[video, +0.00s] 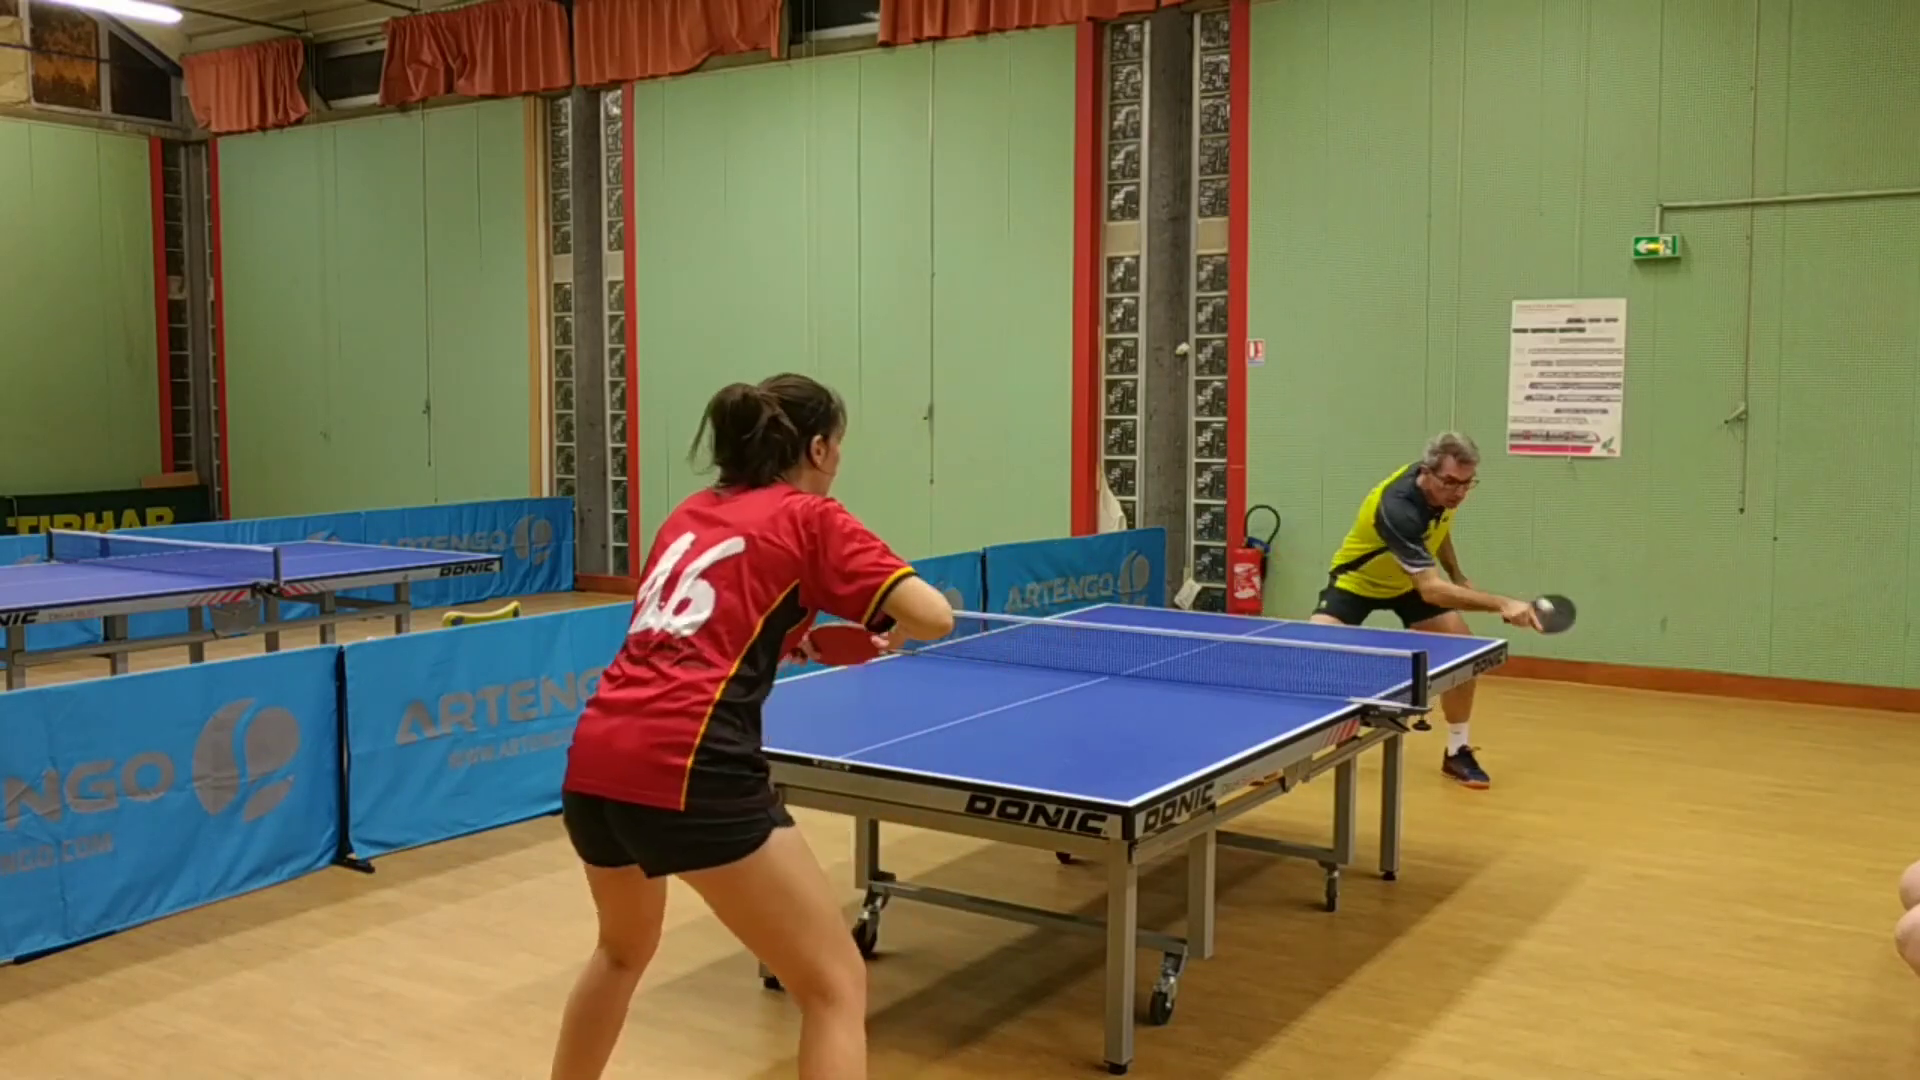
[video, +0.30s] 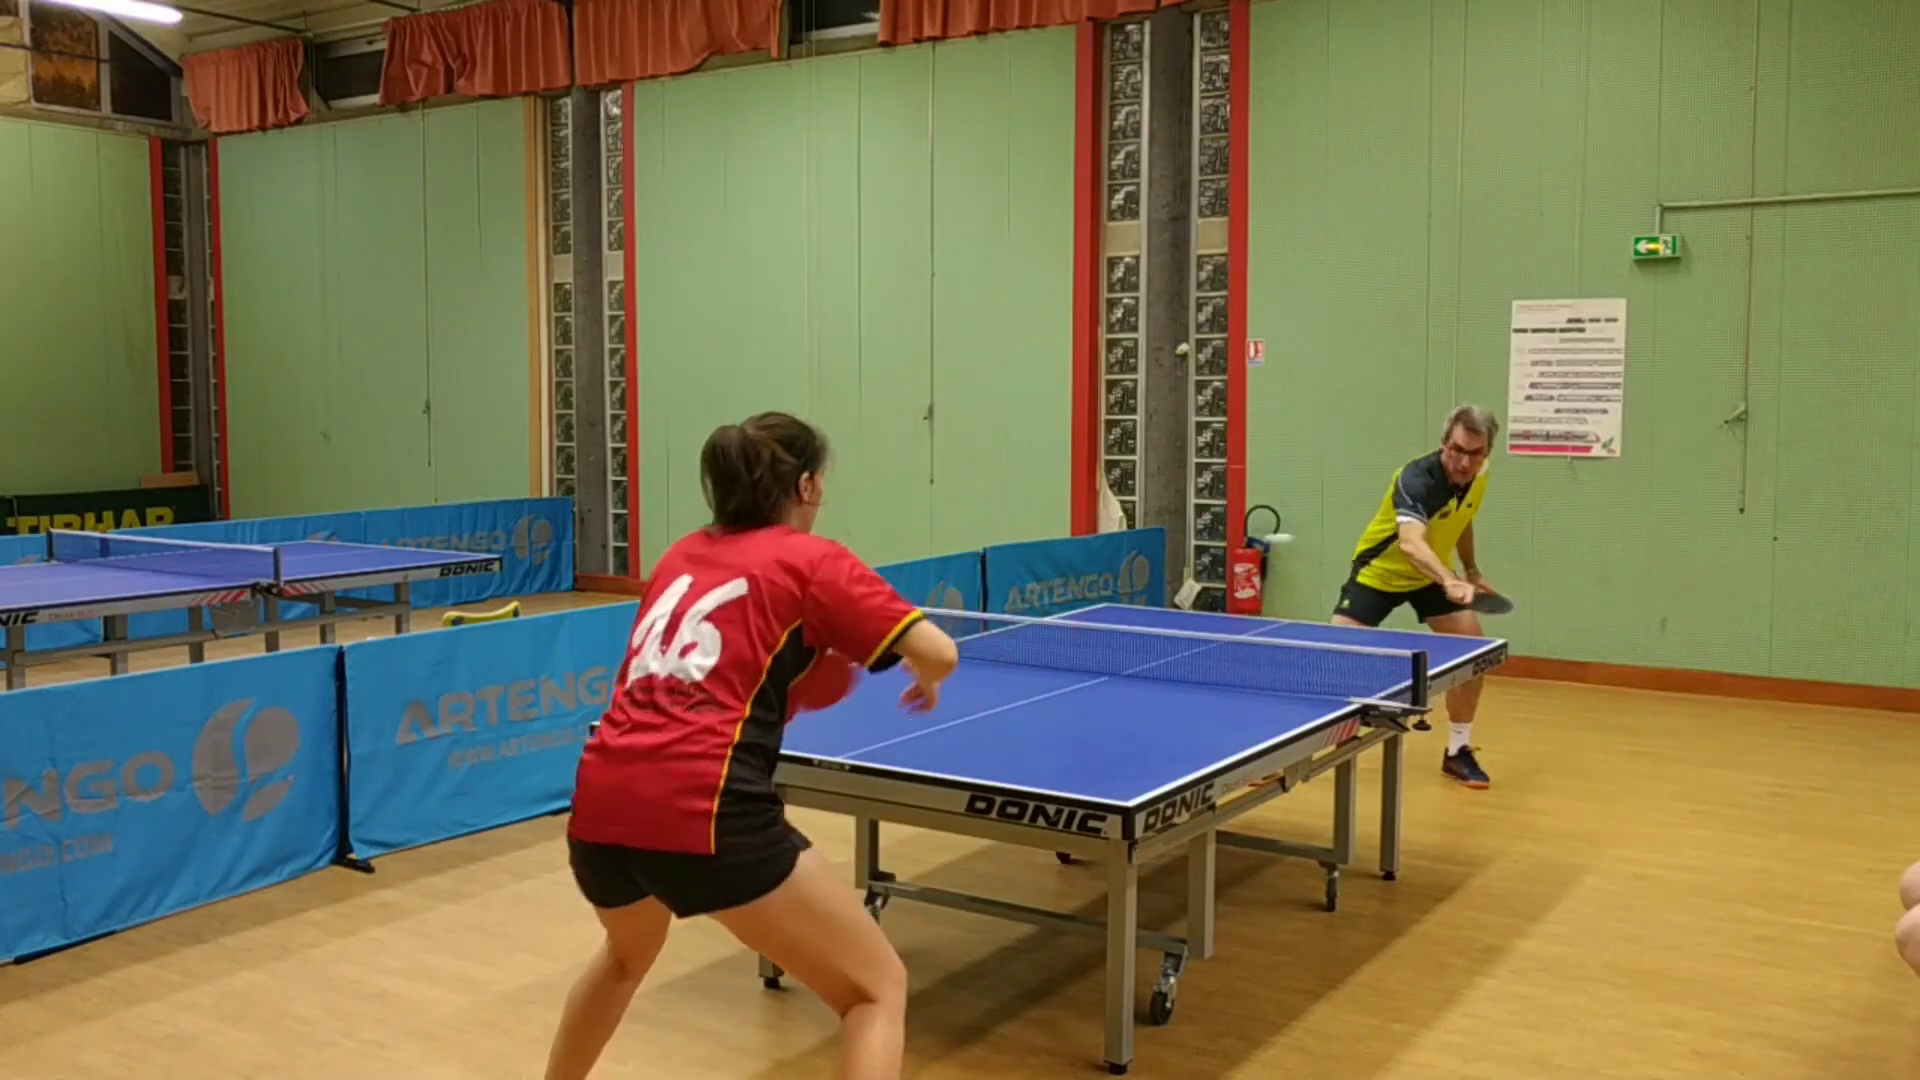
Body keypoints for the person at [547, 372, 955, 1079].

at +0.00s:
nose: (839, 456)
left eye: (839, 442)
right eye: (838, 442)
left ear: (749, 444)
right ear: (819, 448)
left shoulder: (691, 511)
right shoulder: (810, 517)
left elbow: (699, 616)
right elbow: (934, 616)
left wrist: (796, 636)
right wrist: (895, 622)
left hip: (594, 767)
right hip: (693, 775)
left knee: (619, 952)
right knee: (835, 988)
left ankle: (567, 1077)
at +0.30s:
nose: (823, 489)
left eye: (821, 475)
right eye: (821, 477)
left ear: (733, 484)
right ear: (804, 485)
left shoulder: (681, 555)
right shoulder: (811, 559)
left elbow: (721, 682)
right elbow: (936, 652)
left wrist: (815, 684)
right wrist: (927, 680)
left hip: (599, 815)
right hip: (708, 820)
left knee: (623, 957)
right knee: (875, 987)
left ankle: (558, 1075)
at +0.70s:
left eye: (634, 541)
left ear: (642, 561)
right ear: (719, 542)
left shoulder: (669, 653)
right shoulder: (792, 613)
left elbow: (696, 795)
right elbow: (836, 744)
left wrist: (574, 901)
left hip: (777, 907)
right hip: (890, 887)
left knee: (590, 958)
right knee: (935, 1059)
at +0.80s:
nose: (610, 571)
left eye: (610, 559)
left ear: (619, 572)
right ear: (697, 541)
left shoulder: (646, 664)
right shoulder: (775, 609)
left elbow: (672, 818)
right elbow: (866, 724)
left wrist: (535, 901)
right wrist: (814, 805)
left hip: (762, 908)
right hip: (876, 888)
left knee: (576, 954)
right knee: (937, 1054)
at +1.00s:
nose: (741, 530)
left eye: (739, 522)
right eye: (736, 520)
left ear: (648, 551)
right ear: (728, 538)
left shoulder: (637, 650)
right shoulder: (780, 624)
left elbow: (693, 626)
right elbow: (867, 762)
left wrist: (747, 572)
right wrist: (787, 771)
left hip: (672, 934)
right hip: (796, 933)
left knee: (624, 1014)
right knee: (964, 1017)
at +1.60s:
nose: (800, 420)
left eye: (797, 408)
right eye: (798, 409)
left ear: (697, 423)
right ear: (786, 421)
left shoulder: (641, 532)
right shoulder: (839, 527)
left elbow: (617, 682)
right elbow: (912, 692)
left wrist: (710, 672)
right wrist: (872, 729)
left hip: (663, 830)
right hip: (801, 829)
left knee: (581, 1043)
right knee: (921, 1052)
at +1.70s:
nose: (787, 466)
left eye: (783, 453)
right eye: (785, 455)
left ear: (686, 470)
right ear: (774, 467)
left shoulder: (633, 584)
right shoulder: (837, 574)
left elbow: (570, 745)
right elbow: (927, 723)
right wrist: (889, 771)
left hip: (679, 885)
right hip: (821, 882)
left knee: (571, 1066)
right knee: (940, 1068)